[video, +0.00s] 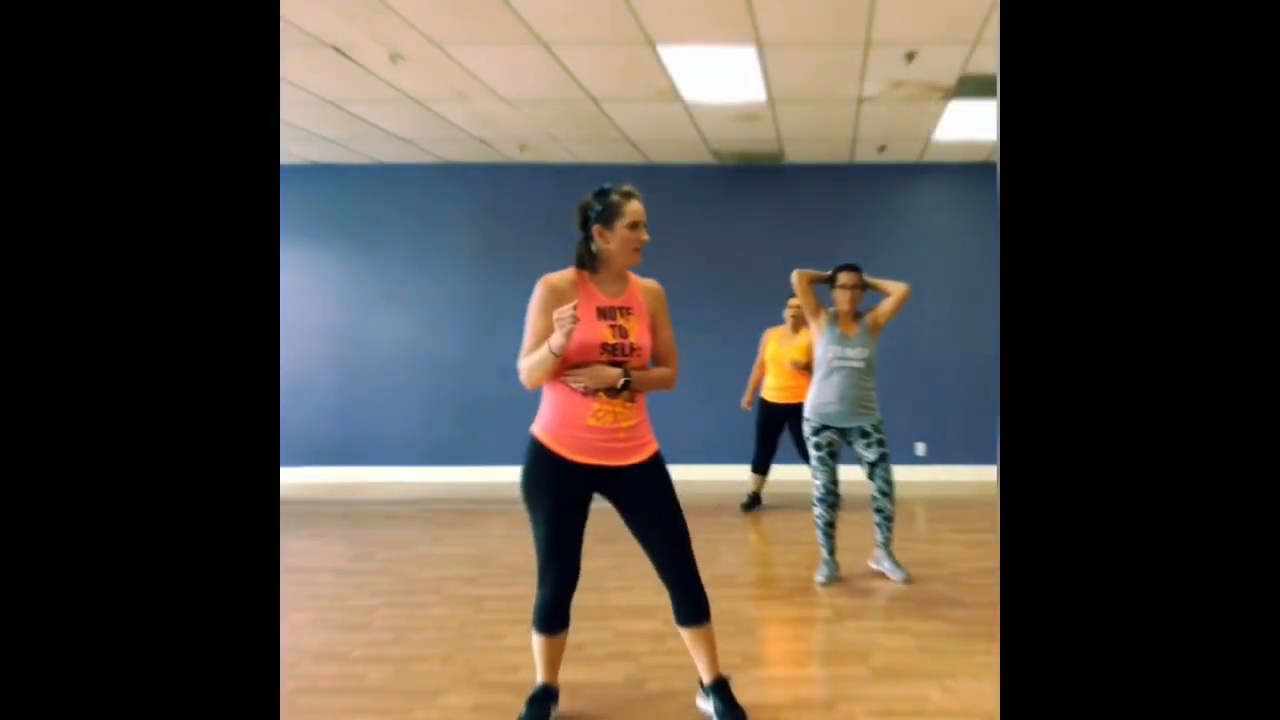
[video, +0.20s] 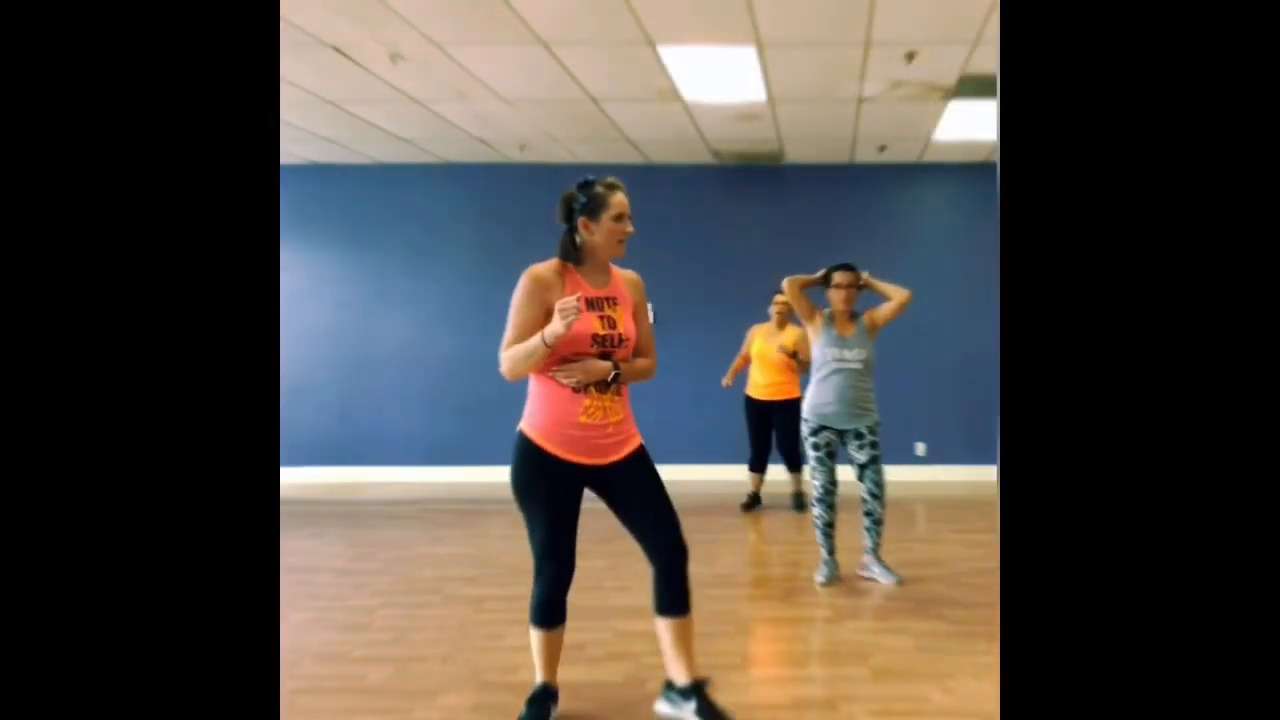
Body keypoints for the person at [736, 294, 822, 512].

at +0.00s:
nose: (793, 312)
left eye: (797, 308)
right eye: (790, 308)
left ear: (805, 314)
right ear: (784, 311)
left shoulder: (811, 337)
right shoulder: (771, 335)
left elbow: (821, 369)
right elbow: (760, 364)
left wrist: (805, 368)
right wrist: (750, 391)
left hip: (799, 401)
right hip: (771, 399)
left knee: (809, 450)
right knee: (763, 449)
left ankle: (828, 491)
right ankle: (754, 492)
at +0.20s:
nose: (780, 309)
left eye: (784, 305)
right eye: (776, 304)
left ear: (790, 310)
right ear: (770, 308)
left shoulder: (798, 334)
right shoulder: (756, 331)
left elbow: (807, 367)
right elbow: (744, 355)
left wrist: (792, 357)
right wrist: (731, 374)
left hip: (786, 396)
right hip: (757, 395)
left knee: (789, 446)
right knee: (758, 446)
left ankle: (797, 491)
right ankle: (754, 492)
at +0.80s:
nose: (784, 310)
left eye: (788, 307)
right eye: (780, 307)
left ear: (795, 311)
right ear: (773, 311)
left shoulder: (806, 335)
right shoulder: (761, 337)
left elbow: (818, 363)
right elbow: (747, 363)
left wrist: (812, 373)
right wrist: (737, 382)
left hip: (796, 401)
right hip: (766, 400)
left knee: (806, 452)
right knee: (764, 450)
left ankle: (821, 495)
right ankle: (754, 494)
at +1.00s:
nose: (798, 310)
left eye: (803, 306)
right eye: (795, 306)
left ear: (810, 311)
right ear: (788, 311)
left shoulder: (822, 335)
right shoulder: (777, 338)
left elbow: (836, 361)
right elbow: (769, 369)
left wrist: (836, 374)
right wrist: (768, 396)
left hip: (815, 400)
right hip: (785, 401)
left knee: (817, 453)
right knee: (773, 451)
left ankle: (823, 495)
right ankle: (757, 494)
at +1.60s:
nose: (816, 307)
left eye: (820, 304)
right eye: (812, 304)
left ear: (827, 309)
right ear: (806, 309)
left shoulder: (837, 334)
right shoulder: (794, 333)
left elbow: (847, 365)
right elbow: (776, 358)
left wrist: (867, 374)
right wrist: (756, 378)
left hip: (827, 400)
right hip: (797, 399)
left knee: (825, 452)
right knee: (790, 450)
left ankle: (824, 495)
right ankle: (784, 493)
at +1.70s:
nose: (815, 307)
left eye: (819, 303)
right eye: (811, 304)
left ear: (826, 309)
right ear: (804, 310)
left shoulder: (836, 335)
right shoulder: (793, 334)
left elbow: (850, 365)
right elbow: (769, 353)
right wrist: (741, 364)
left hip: (826, 400)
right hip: (794, 398)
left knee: (824, 453)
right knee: (784, 448)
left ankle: (824, 496)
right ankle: (775, 493)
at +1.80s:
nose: (812, 309)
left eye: (816, 305)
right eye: (808, 305)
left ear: (823, 311)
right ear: (801, 311)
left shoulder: (832, 336)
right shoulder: (789, 334)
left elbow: (849, 364)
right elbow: (759, 344)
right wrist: (728, 349)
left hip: (822, 401)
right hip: (790, 399)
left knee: (823, 453)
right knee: (776, 448)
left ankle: (824, 497)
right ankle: (761, 493)